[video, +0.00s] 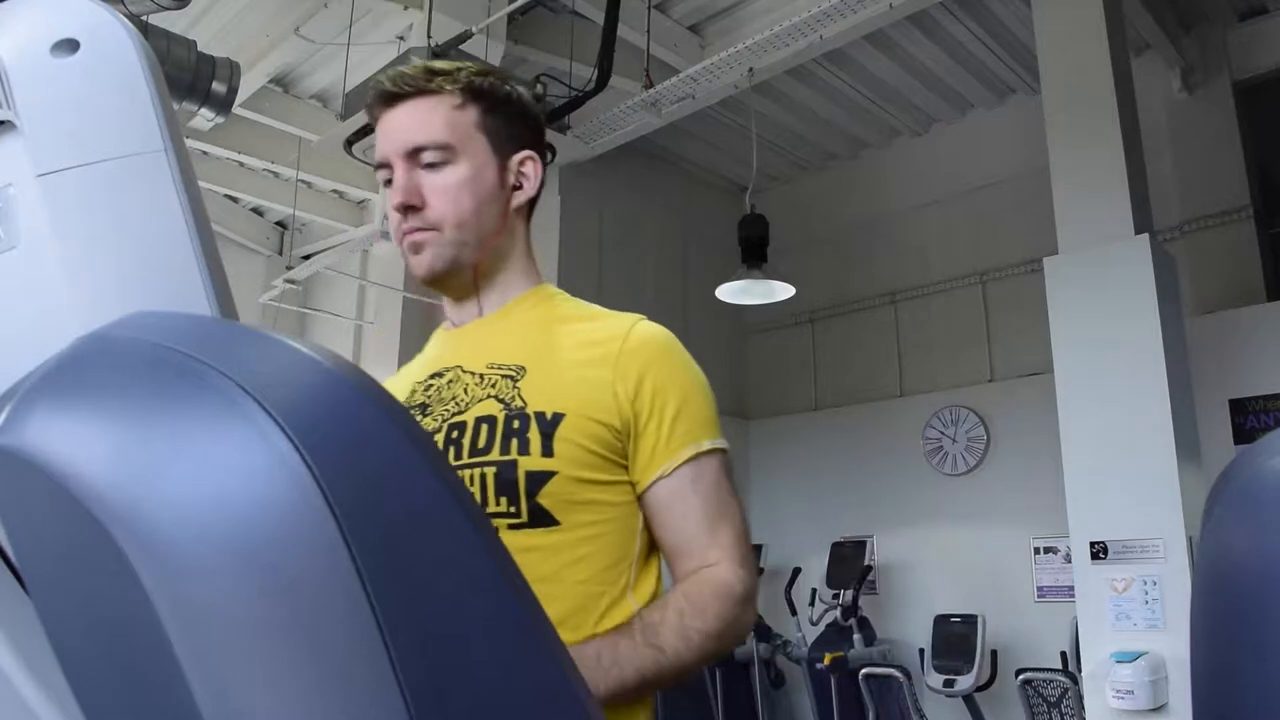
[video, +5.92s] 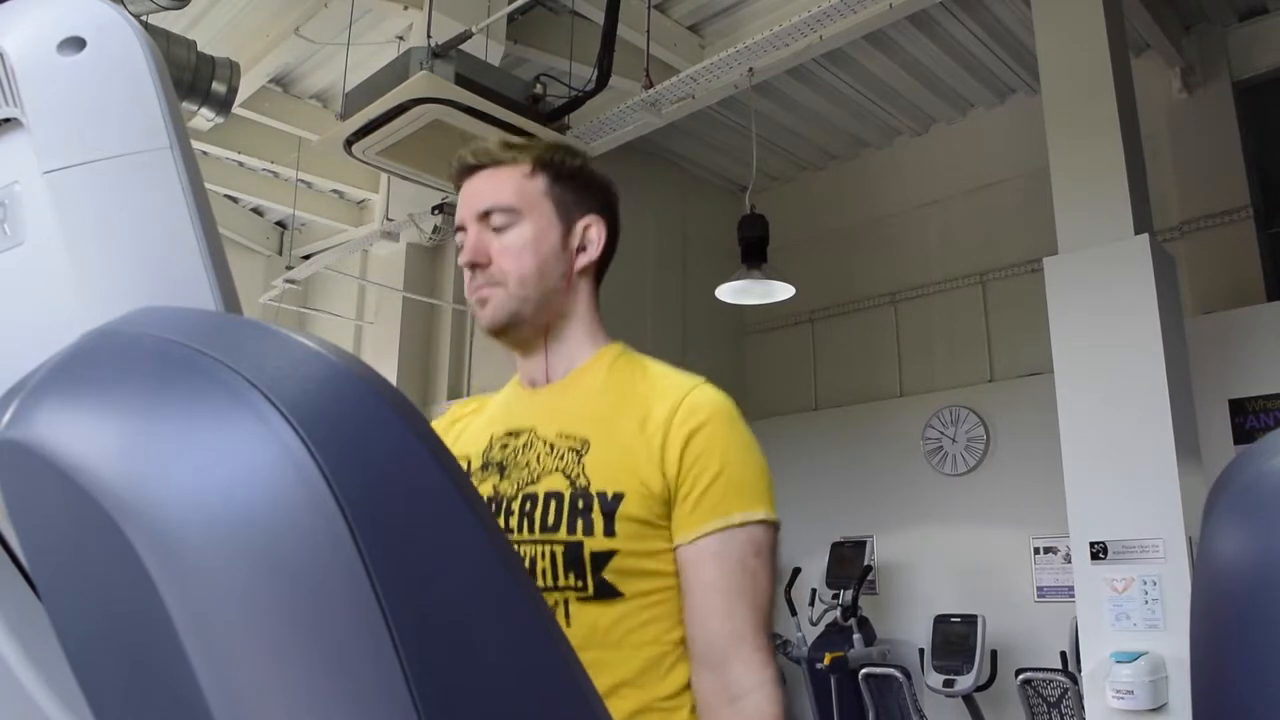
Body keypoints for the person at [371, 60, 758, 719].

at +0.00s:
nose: (398, 196)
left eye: (431, 162)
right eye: (386, 174)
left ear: (521, 178)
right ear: (382, 197)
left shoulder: (633, 355)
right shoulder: (387, 402)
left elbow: (721, 586)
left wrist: (552, 681)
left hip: (583, 709)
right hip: (420, 709)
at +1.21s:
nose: (444, 178)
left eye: (479, 146)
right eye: (435, 158)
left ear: (571, 169)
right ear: (431, 184)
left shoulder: (679, 351)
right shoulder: (442, 390)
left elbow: (780, 609)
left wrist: (640, 714)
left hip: (621, 700)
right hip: (463, 703)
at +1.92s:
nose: (353, 183)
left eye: (389, 148)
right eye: (340, 160)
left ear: (484, 167)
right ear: (335, 180)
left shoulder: (590, 354)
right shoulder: (367, 384)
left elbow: (681, 620)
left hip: (552, 701)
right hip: (396, 702)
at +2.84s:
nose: (438, 226)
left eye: (474, 192)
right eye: (426, 203)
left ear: (562, 214)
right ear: (418, 221)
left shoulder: (679, 400)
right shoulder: (430, 422)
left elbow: (712, 680)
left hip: (621, 702)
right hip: (460, 705)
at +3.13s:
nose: (534, 224)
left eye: (569, 194)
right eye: (524, 202)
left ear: (652, 216)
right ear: (519, 219)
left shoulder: (746, 395)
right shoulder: (503, 421)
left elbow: (736, 660)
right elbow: (439, 611)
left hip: (665, 703)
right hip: (512, 700)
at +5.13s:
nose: (498, 233)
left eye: (534, 206)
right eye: (490, 217)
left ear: (615, 239)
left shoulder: (709, 417)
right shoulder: (453, 441)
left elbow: (728, 698)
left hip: (643, 705)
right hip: (470, 703)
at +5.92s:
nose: (467, 254)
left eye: (499, 224)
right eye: (462, 234)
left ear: (584, 243)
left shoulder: (689, 420)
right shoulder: (445, 439)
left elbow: (735, 679)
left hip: (641, 705)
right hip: (467, 704)